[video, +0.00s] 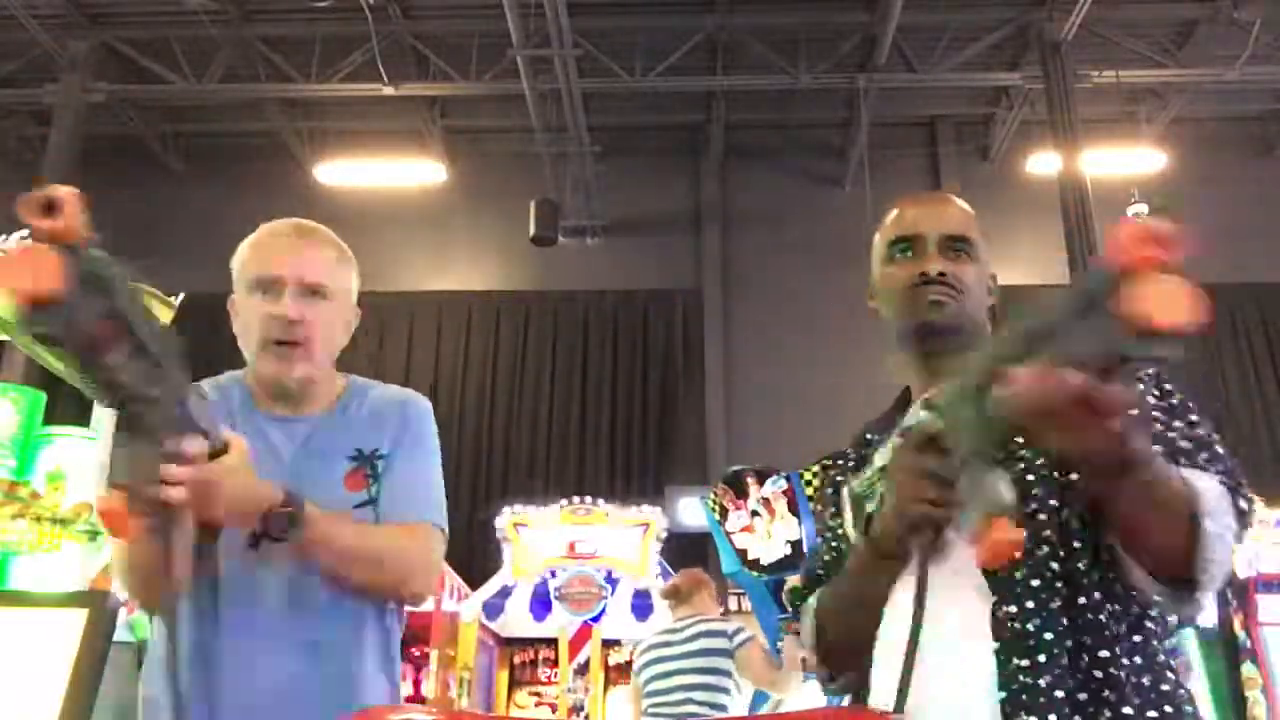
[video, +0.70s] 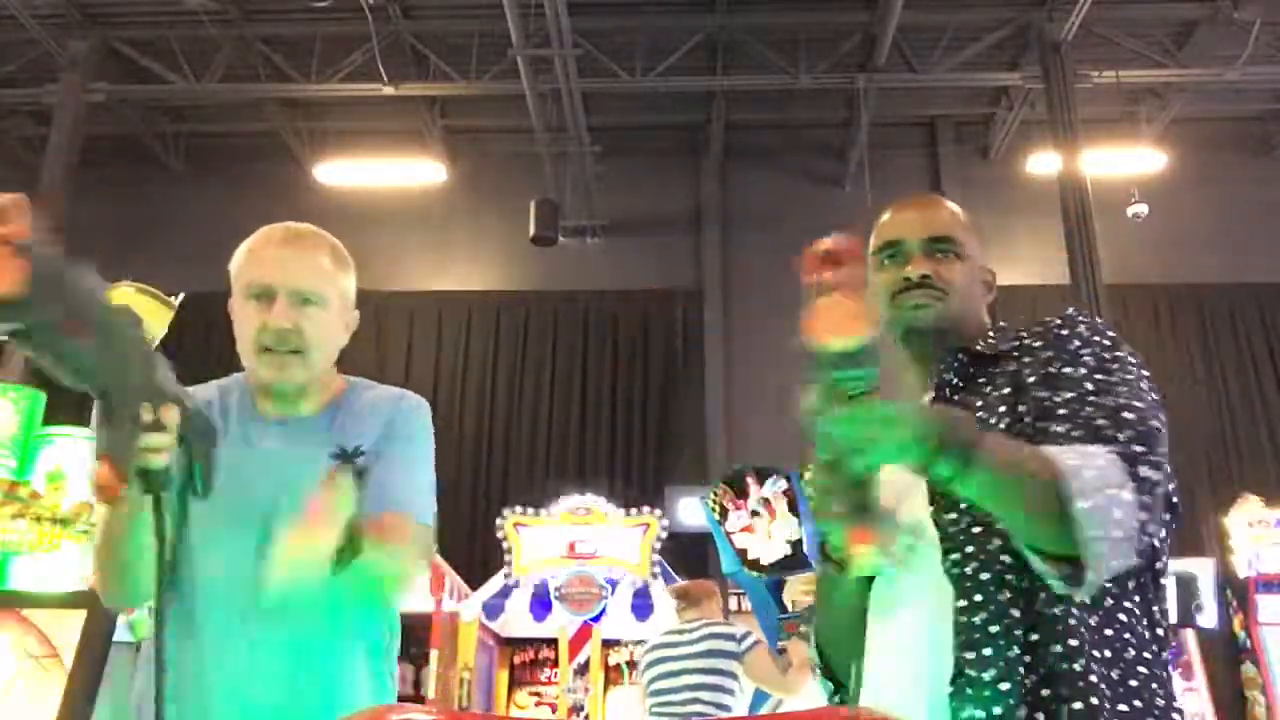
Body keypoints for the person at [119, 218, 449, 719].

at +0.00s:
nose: (288, 312)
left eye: (313, 294)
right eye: (267, 291)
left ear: (352, 319)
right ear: (235, 314)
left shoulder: (400, 418)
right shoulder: (184, 415)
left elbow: (416, 569)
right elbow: (152, 592)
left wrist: (266, 509)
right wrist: (160, 500)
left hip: (345, 709)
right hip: (196, 709)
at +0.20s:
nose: (324, 322)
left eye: (349, 306)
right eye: (304, 300)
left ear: (379, 335)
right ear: (265, 318)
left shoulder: (416, 431)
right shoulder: (200, 416)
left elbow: (431, 577)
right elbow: (173, 583)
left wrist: (300, 505)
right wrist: (204, 477)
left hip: (353, 709)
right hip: (205, 707)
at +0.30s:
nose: (335, 329)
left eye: (358, 315)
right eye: (316, 307)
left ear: (383, 335)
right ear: (277, 323)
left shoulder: (420, 439)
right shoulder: (213, 419)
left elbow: (450, 582)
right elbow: (203, 574)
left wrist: (358, 525)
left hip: (363, 709)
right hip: (213, 708)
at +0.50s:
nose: (315, 326)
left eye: (341, 309)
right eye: (295, 304)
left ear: (374, 333)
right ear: (260, 319)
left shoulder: (409, 429)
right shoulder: (194, 422)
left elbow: (435, 573)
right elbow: (182, 583)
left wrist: (316, 517)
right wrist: (234, 512)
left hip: (356, 707)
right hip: (203, 708)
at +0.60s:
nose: (288, 321)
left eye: (315, 303)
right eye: (270, 298)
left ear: (357, 326)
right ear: (241, 310)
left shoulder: (398, 421)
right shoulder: (185, 414)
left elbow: (413, 564)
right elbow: (151, 582)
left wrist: (268, 486)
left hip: (343, 709)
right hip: (188, 709)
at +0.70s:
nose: (280, 320)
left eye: (307, 301)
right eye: (260, 297)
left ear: (348, 322)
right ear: (232, 311)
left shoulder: (395, 419)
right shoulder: (179, 418)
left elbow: (394, 569)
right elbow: (121, 593)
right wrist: (132, 481)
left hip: (338, 708)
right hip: (191, 706)